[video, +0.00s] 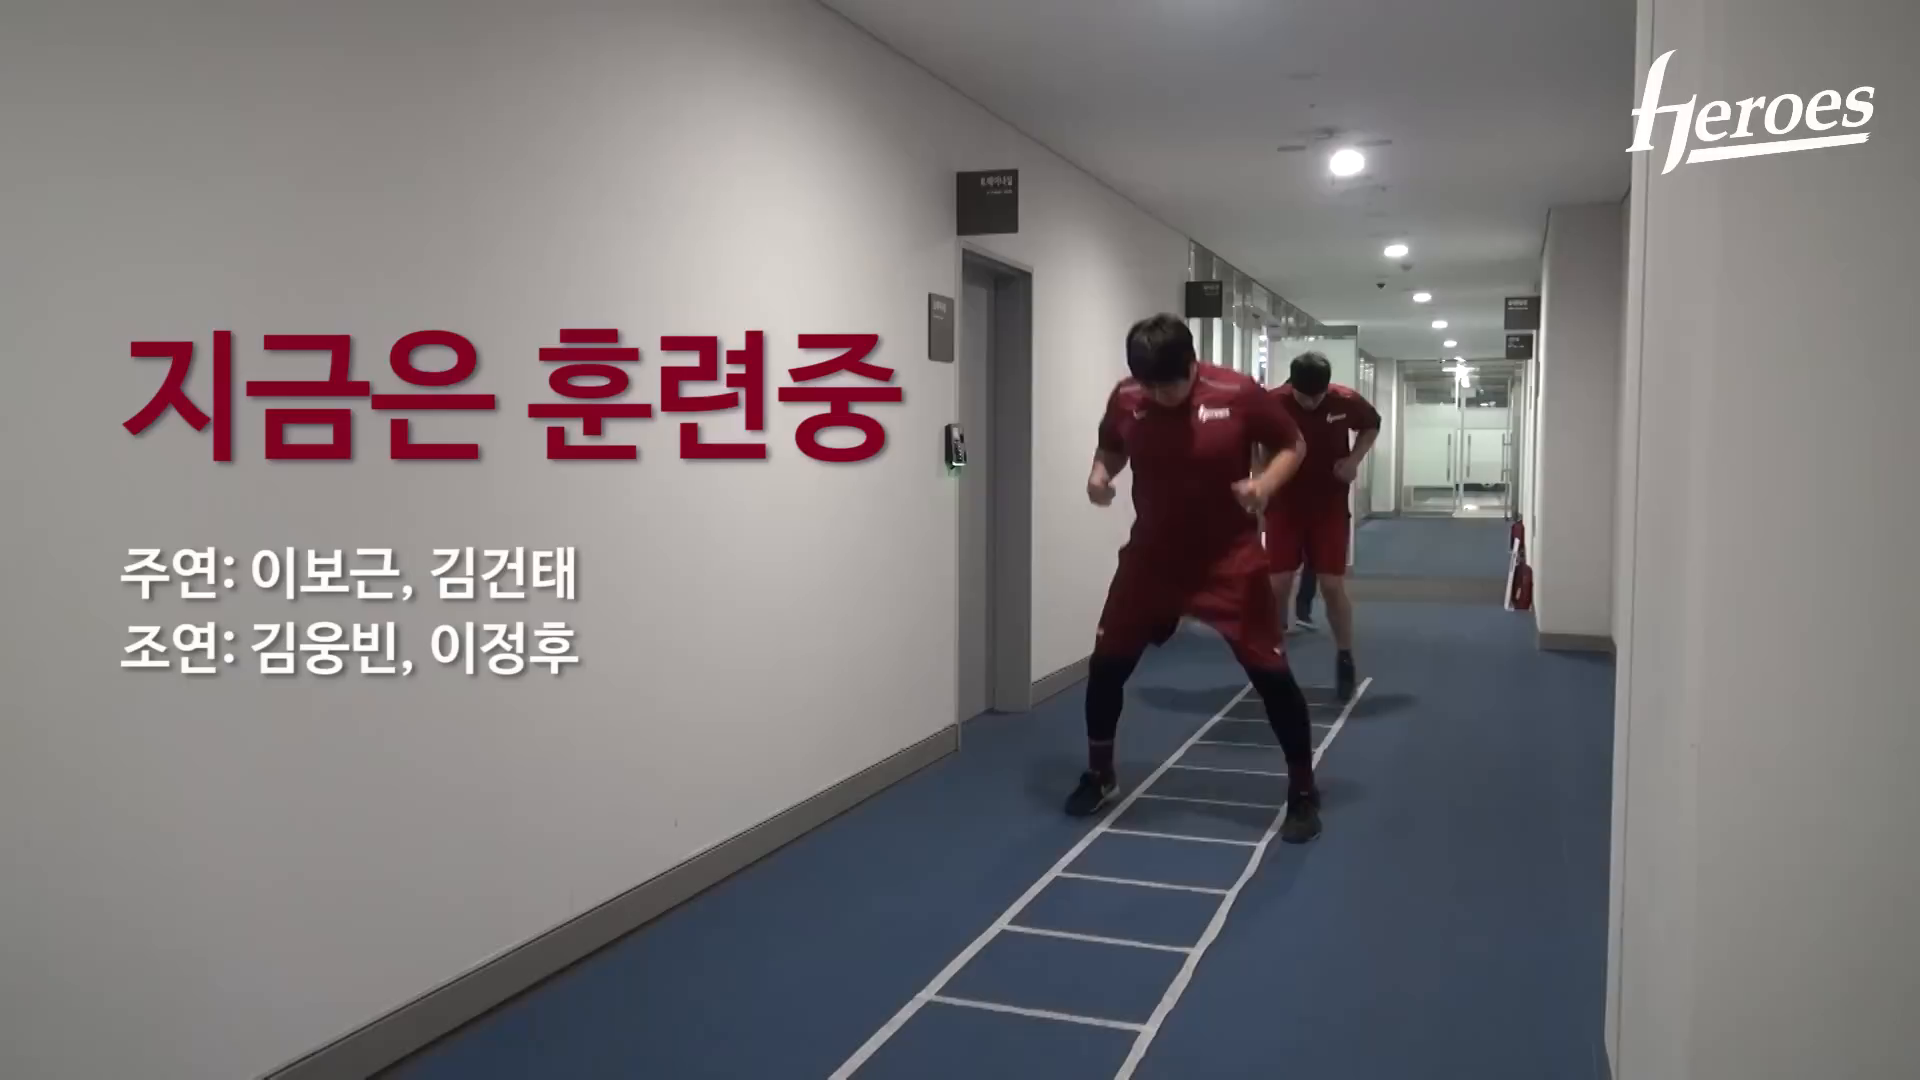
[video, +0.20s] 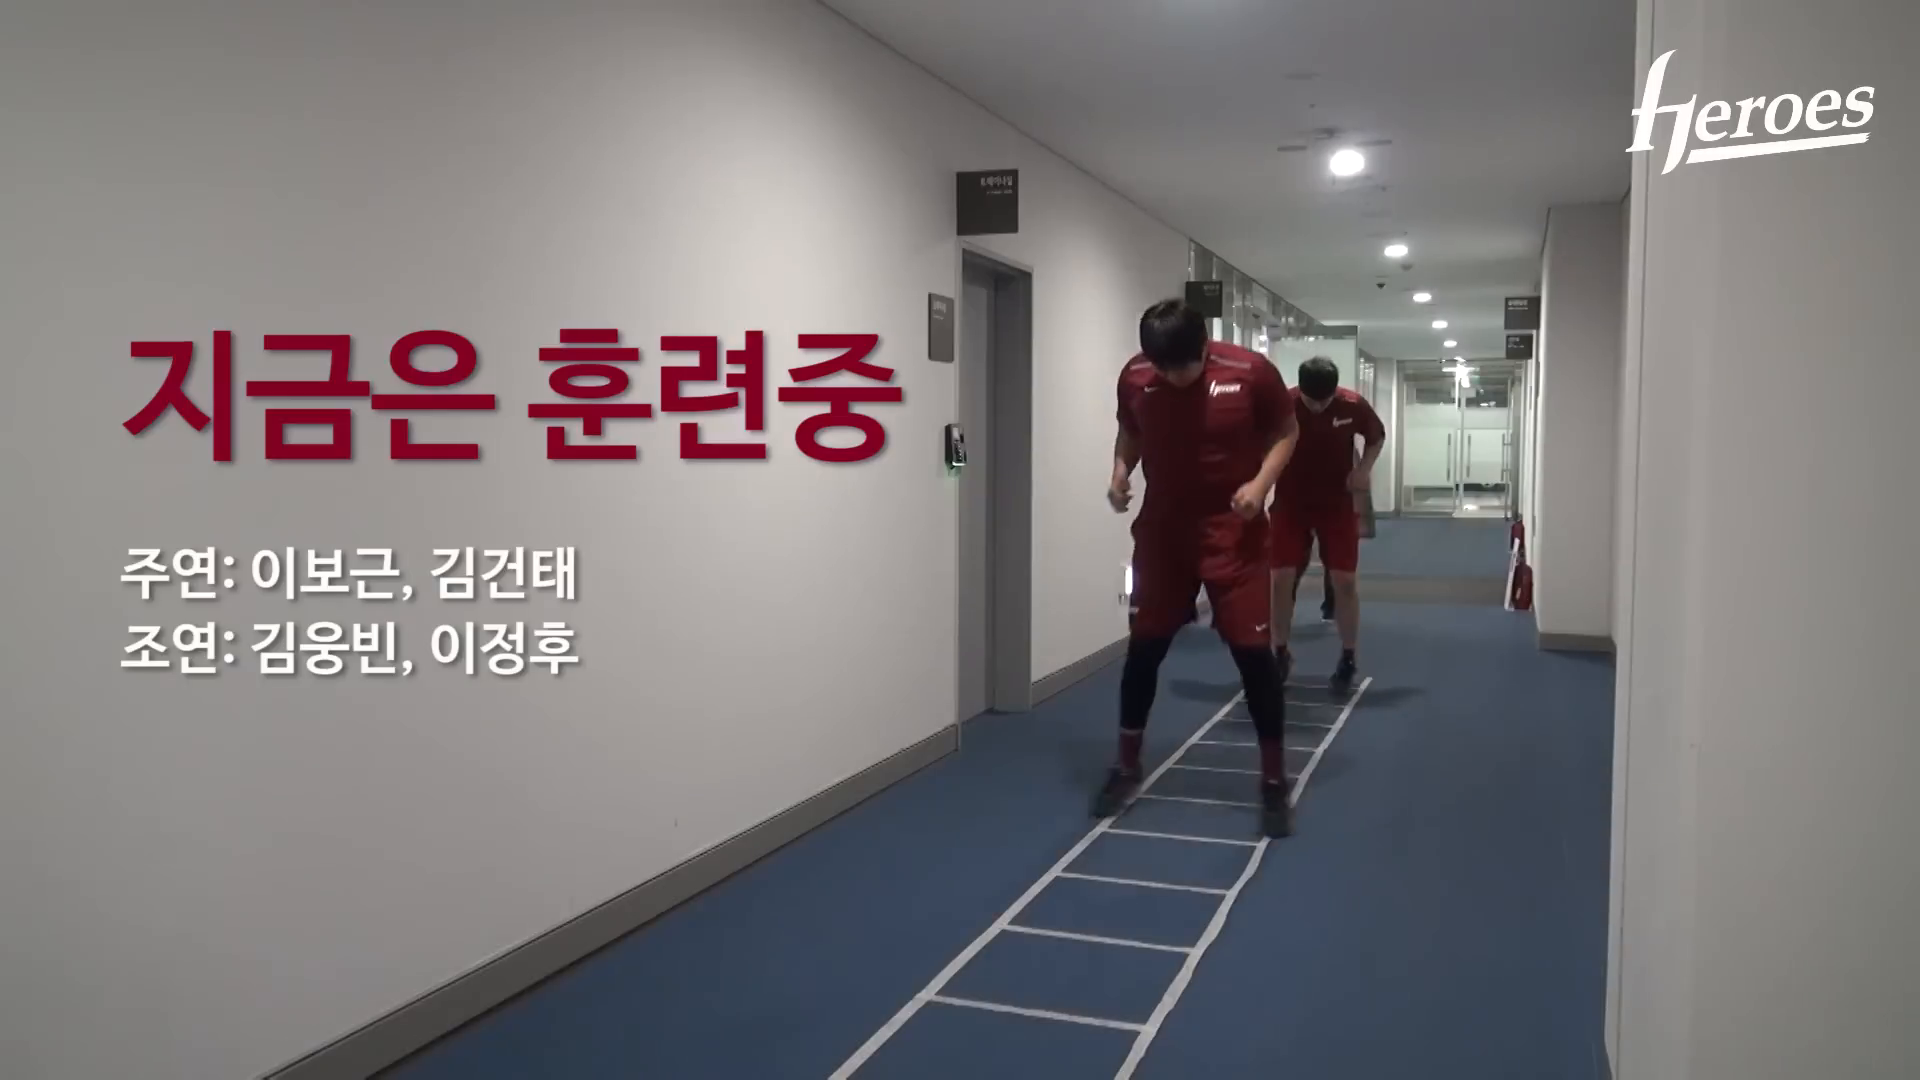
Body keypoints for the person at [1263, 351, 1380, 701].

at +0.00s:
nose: (1310, 403)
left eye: (1316, 397)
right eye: (1304, 397)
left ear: (1327, 387)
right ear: (1292, 385)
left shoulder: (1345, 401)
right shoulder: (1272, 403)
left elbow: (1371, 424)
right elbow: (1250, 438)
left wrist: (1354, 459)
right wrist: (1259, 476)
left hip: (1329, 507)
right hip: (1284, 506)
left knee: (1331, 585)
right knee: (1278, 586)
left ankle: (1344, 658)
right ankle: (1273, 659)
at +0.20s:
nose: (1316, 407)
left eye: (1323, 402)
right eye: (1310, 401)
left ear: (1334, 391)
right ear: (1300, 389)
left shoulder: (1352, 405)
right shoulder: (1284, 405)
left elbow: (1376, 435)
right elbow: (1264, 441)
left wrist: (1363, 468)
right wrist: (1266, 478)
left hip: (1336, 504)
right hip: (1291, 503)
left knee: (1344, 580)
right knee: (1282, 577)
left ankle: (1348, 657)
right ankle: (1279, 654)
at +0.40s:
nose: (1323, 421)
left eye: (1329, 416)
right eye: (1317, 415)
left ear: (1340, 407)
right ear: (1307, 405)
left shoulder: (1358, 425)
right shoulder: (1291, 424)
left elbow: (1385, 450)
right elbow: (1264, 454)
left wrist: (1379, 489)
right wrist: (1261, 498)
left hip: (1341, 526)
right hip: (1294, 524)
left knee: (1364, 598)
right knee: (1268, 597)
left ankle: (1397, 659)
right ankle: (1240, 661)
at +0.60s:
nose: (1325, 408)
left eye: (1332, 404)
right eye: (1320, 403)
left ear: (1343, 393)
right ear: (1309, 391)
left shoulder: (1360, 405)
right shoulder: (1292, 404)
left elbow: (1386, 431)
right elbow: (1265, 428)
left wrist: (1371, 463)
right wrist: (1276, 461)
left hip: (1341, 501)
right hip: (1297, 499)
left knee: (1350, 579)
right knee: (1281, 577)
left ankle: (1372, 649)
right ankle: (1279, 653)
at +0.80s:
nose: (1324, 414)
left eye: (1330, 408)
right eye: (1318, 408)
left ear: (1340, 398)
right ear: (1308, 397)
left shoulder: (1357, 416)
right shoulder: (1295, 416)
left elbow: (1385, 449)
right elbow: (1272, 452)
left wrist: (1376, 478)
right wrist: (1278, 489)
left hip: (1342, 512)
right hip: (1302, 511)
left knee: (1338, 584)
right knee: (1303, 582)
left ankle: (1337, 650)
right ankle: (1307, 649)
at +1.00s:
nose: (1320, 414)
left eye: (1327, 407)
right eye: (1314, 407)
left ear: (1338, 398)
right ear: (1305, 396)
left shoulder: (1360, 410)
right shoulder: (1295, 414)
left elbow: (1390, 430)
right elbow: (1272, 450)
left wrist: (1384, 466)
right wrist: (1282, 483)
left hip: (1344, 508)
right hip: (1299, 506)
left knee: (1365, 578)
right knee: (1274, 576)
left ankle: (1383, 647)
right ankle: (1260, 647)